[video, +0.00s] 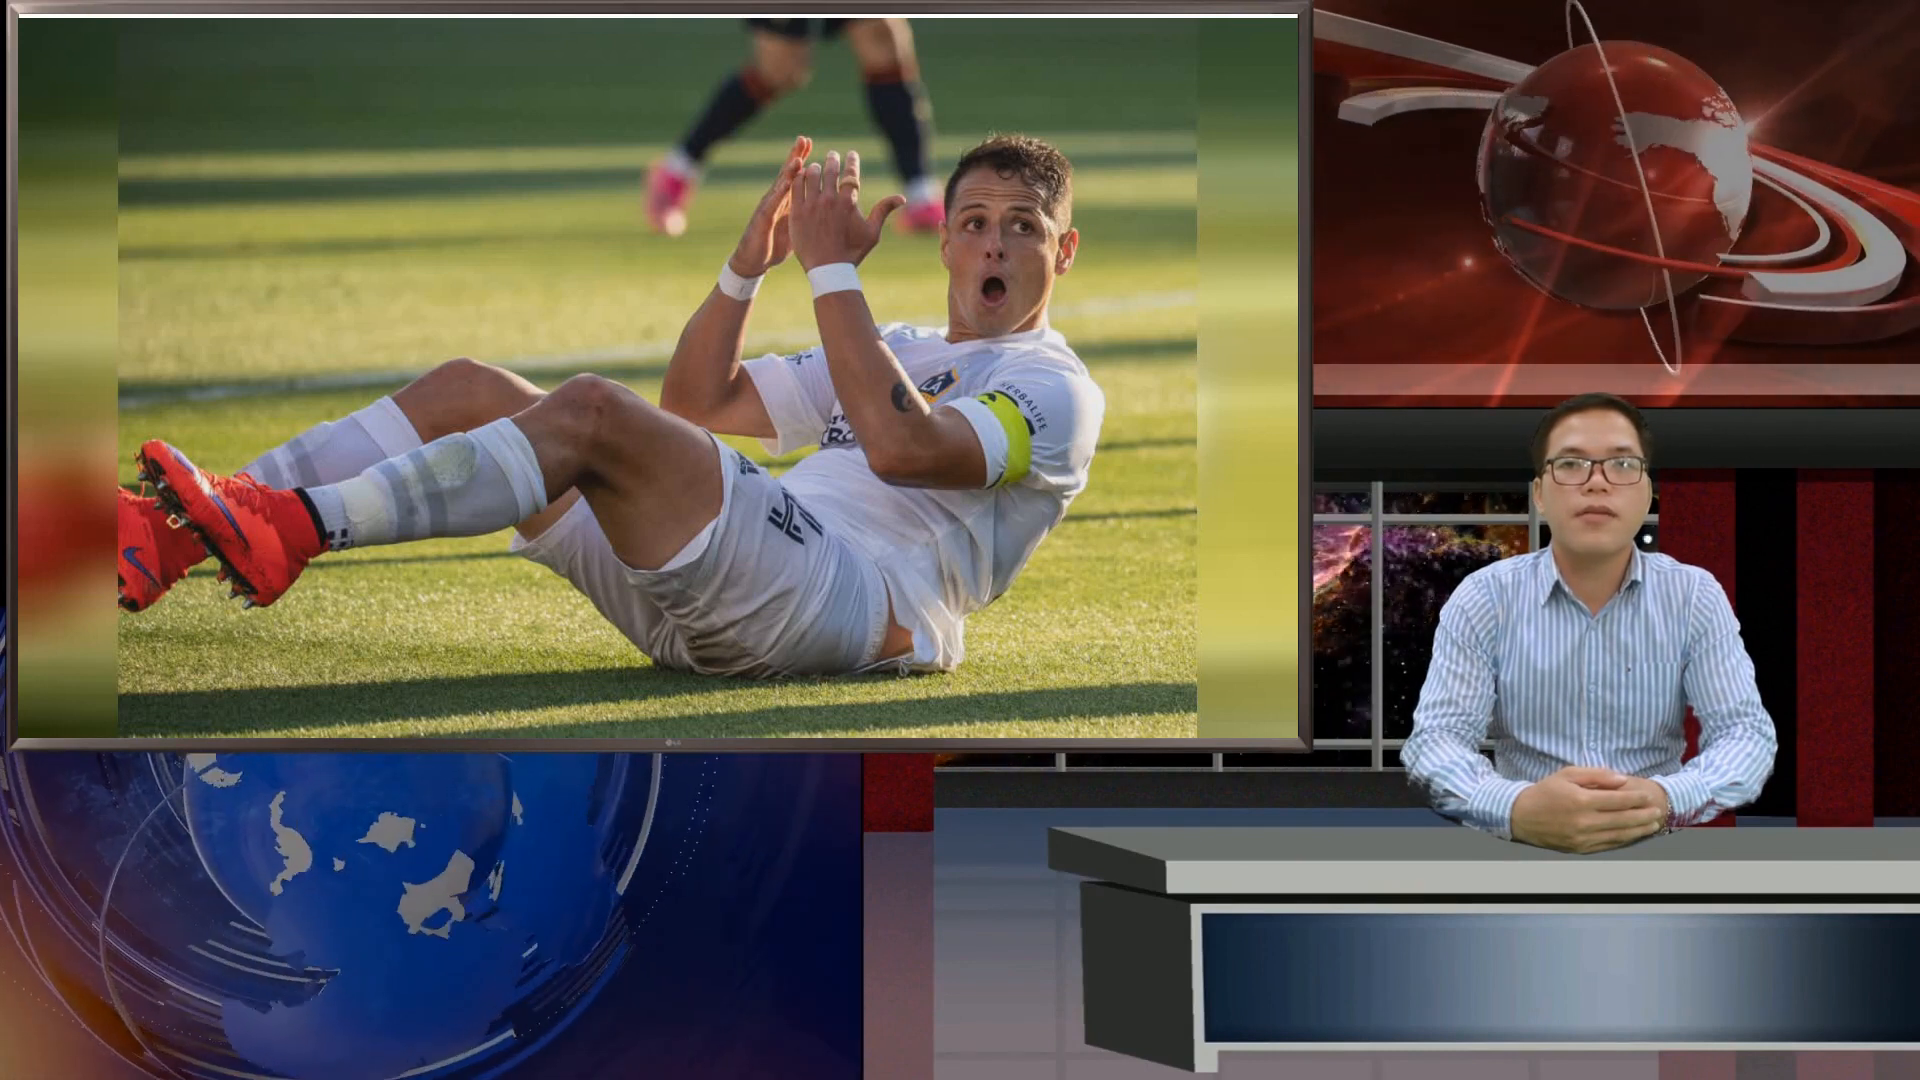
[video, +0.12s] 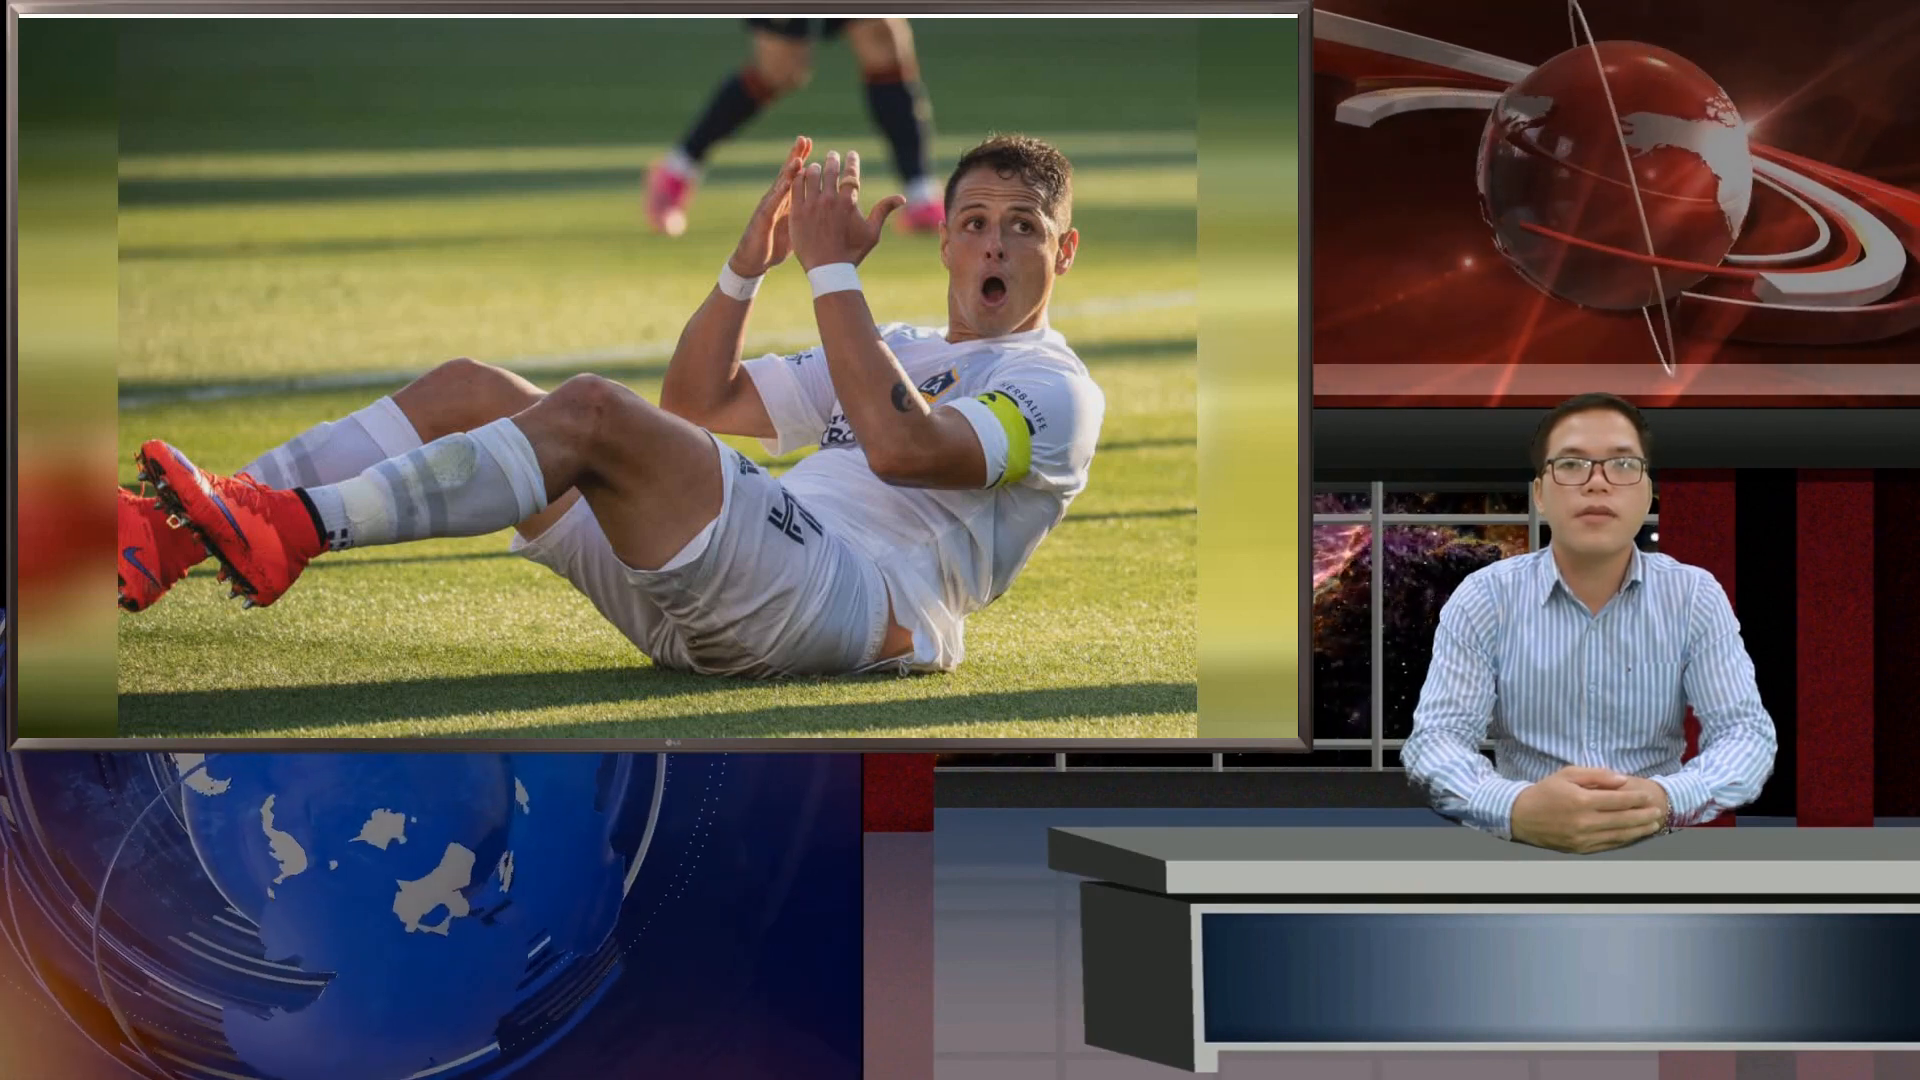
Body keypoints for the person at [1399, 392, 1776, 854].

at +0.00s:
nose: (1596, 482)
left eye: (1620, 464)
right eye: (1571, 464)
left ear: (1647, 495)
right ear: (1539, 496)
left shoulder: (1691, 598)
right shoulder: (1485, 601)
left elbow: (1745, 735)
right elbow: (1434, 745)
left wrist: (1667, 799)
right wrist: (1514, 809)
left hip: (1656, 853)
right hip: (1520, 856)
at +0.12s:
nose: (1597, 483)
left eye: (1621, 465)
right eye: (1571, 464)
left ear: (1647, 495)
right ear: (1539, 496)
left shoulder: (1691, 598)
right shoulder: (1485, 601)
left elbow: (1745, 735)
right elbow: (1433, 744)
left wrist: (1667, 799)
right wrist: (1515, 809)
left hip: (1656, 851)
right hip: (1520, 855)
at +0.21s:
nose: (1597, 483)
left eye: (1621, 465)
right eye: (1571, 464)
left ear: (1647, 496)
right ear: (1540, 496)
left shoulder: (1691, 598)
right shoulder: (1485, 600)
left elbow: (1745, 735)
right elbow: (1434, 744)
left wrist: (1667, 799)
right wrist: (1515, 809)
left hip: (1656, 852)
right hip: (1520, 855)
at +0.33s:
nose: (1597, 483)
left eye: (1621, 465)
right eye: (1571, 464)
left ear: (1647, 496)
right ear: (1540, 496)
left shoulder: (1691, 598)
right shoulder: (1485, 601)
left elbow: (1745, 735)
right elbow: (1433, 744)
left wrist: (1667, 799)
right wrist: (1514, 809)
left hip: (1656, 852)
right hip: (1520, 855)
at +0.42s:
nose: (1597, 483)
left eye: (1621, 465)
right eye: (1571, 464)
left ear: (1647, 496)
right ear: (1539, 496)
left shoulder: (1691, 598)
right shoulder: (1485, 601)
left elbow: (1745, 735)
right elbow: (1434, 745)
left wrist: (1667, 799)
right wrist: (1514, 809)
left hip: (1656, 852)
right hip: (1521, 856)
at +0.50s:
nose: (1597, 483)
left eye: (1621, 465)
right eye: (1571, 464)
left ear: (1647, 496)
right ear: (1539, 496)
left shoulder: (1691, 598)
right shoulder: (1485, 601)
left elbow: (1745, 735)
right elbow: (1433, 744)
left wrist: (1667, 799)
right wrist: (1514, 809)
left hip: (1656, 852)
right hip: (1520, 856)